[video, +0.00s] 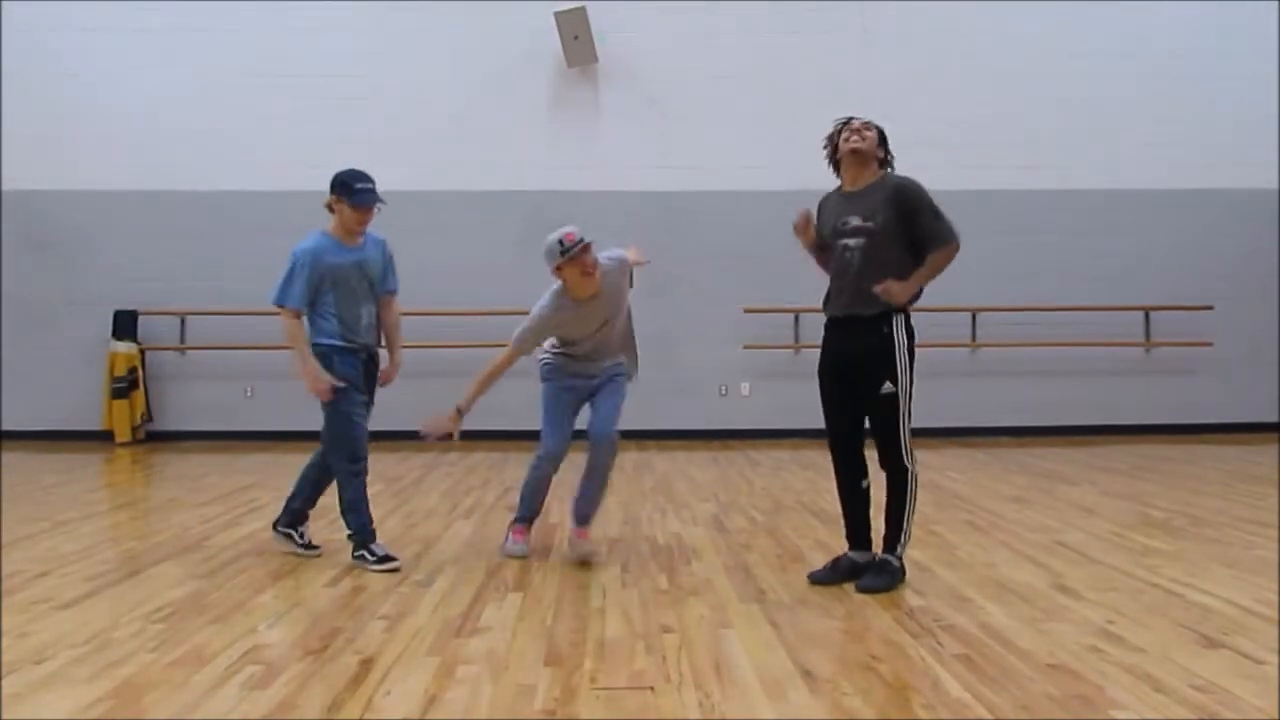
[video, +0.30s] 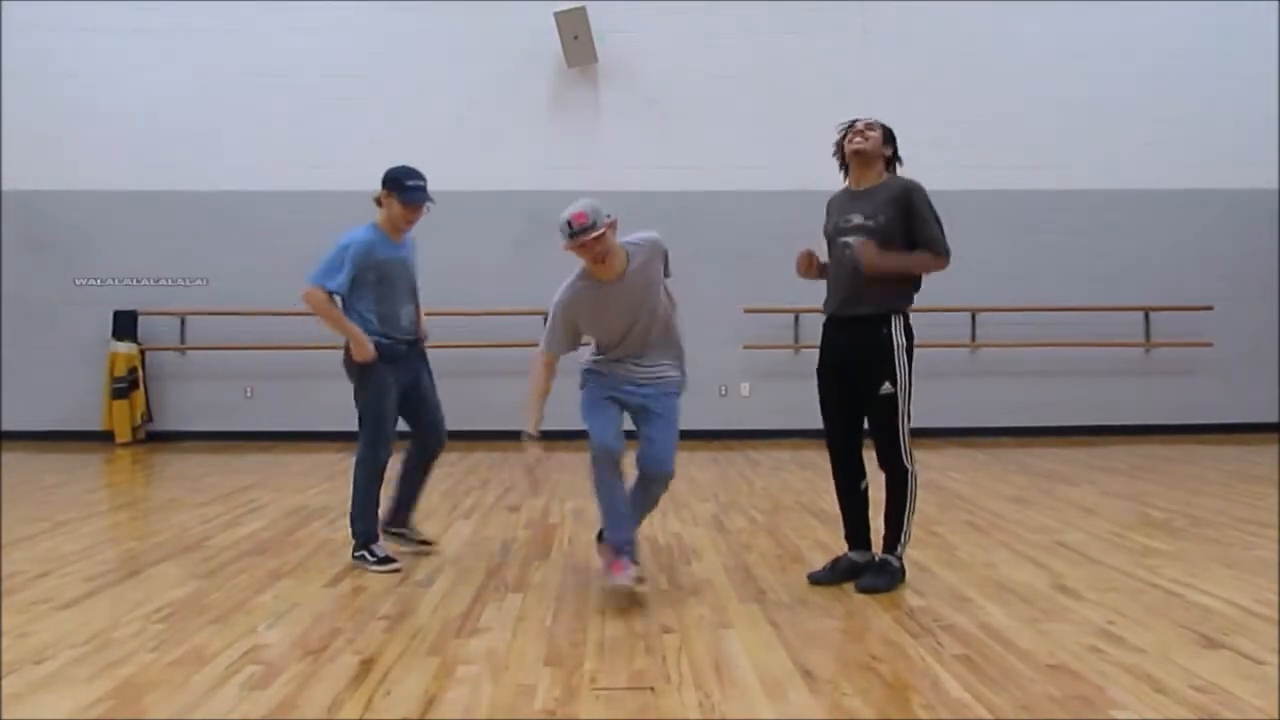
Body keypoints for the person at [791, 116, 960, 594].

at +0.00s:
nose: (857, 132)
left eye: (867, 130)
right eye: (848, 129)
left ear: (882, 153)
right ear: (834, 152)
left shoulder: (900, 191)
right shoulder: (830, 203)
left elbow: (947, 244)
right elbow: (836, 267)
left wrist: (912, 283)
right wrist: (812, 243)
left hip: (886, 329)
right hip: (839, 331)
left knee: (892, 447)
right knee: (844, 446)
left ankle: (893, 557)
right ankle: (858, 551)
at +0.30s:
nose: (861, 132)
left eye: (872, 129)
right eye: (852, 130)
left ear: (888, 151)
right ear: (842, 151)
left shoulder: (905, 192)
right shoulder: (836, 202)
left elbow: (937, 256)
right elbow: (845, 273)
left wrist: (882, 260)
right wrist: (818, 268)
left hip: (885, 331)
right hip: (839, 332)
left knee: (891, 448)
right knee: (842, 446)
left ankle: (892, 557)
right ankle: (858, 550)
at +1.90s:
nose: (858, 151)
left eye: (869, 143)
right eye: (854, 144)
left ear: (897, 149)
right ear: (852, 151)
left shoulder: (917, 197)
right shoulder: (853, 207)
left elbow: (940, 267)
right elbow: (856, 277)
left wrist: (878, 273)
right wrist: (824, 277)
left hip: (908, 332)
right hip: (865, 335)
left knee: (925, 449)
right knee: (852, 447)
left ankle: (961, 571)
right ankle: (860, 555)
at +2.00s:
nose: (873, 150)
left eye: (884, 141)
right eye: (868, 142)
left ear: (912, 147)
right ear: (863, 151)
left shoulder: (931, 193)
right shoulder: (860, 207)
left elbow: (948, 261)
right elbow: (849, 277)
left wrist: (882, 245)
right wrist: (830, 253)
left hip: (921, 333)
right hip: (875, 336)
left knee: (944, 453)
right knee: (858, 450)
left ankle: (979, 572)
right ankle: (861, 555)